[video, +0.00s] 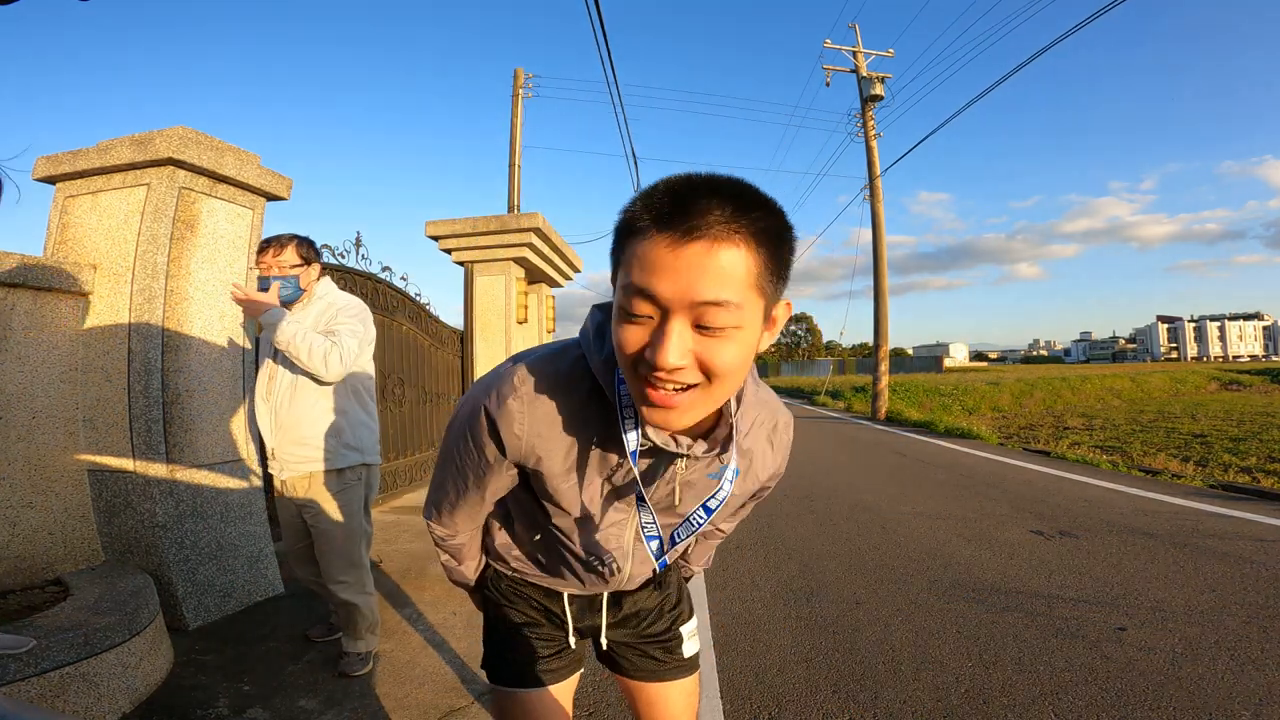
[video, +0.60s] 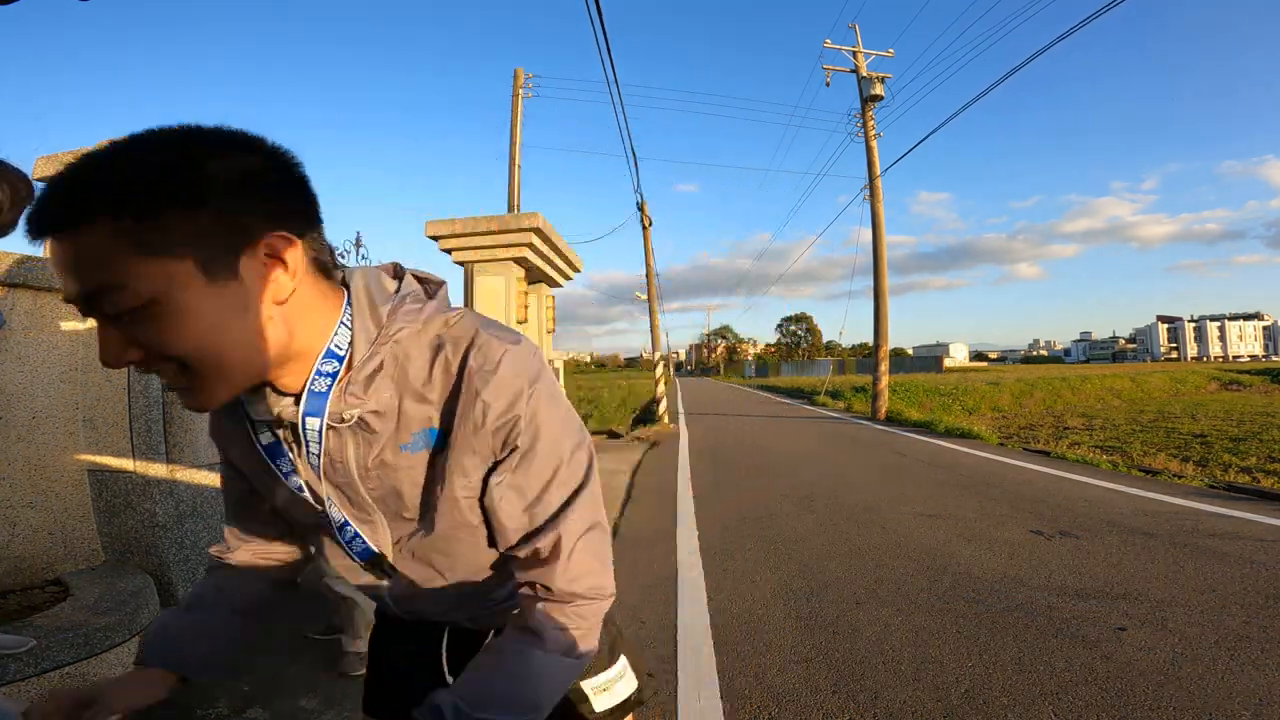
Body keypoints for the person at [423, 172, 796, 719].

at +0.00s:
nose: (665, 355)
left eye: (708, 325)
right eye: (640, 314)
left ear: (770, 326)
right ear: (614, 299)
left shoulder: (767, 432)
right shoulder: (520, 401)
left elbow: (716, 528)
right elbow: (450, 518)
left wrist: (676, 569)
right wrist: (486, 583)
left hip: (653, 581)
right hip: (531, 586)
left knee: (674, 710)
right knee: (533, 708)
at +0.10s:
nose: (604, 333)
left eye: (644, 302)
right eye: (581, 296)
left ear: (719, 293)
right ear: (563, 280)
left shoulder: (748, 407)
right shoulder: (501, 385)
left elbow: (728, 516)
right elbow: (447, 515)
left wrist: (702, 586)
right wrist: (474, 586)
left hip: (656, 581)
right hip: (533, 584)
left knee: (673, 710)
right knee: (522, 709)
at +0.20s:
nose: (540, 312)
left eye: (574, 279)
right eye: (518, 277)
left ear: (659, 264)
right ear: (503, 264)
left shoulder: (718, 383)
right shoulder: (473, 375)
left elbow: (727, 517)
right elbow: (437, 515)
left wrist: (728, 609)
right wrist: (455, 598)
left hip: (651, 591)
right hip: (525, 592)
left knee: (665, 709)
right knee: (506, 709)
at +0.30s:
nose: (465, 300)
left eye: (497, 267)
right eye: (445, 269)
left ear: (591, 246)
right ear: (432, 260)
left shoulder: (683, 361)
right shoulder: (442, 368)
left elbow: (729, 506)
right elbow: (424, 503)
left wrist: (742, 625)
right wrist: (428, 611)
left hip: (638, 595)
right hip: (511, 596)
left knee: (658, 709)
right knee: (484, 708)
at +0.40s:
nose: (374, 305)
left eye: (401, 269)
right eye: (360, 273)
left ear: (509, 242)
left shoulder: (640, 356)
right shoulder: (397, 376)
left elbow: (718, 518)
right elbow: (394, 514)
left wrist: (713, 660)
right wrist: (383, 627)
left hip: (620, 602)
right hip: (489, 601)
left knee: (648, 709)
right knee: (468, 707)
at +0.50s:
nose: (262, 327)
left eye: (286, 286)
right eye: (244, 292)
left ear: (407, 253)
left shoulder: (574, 360)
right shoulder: (337, 395)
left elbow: (670, 541)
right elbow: (336, 532)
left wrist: (622, 692)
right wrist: (299, 644)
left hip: (586, 606)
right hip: (461, 609)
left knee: (592, 707)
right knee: (433, 709)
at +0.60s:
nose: (113, 357)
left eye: (132, 313)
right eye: (99, 321)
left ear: (275, 271)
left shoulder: (493, 377)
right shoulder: (246, 399)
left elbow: (570, 597)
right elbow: (257, 556)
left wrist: (457, 715)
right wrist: (154, 673)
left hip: (518, 623)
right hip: (404, 620)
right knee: (389, 711)